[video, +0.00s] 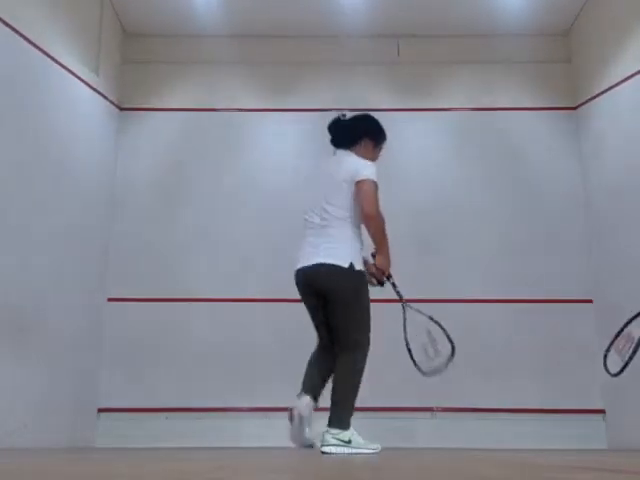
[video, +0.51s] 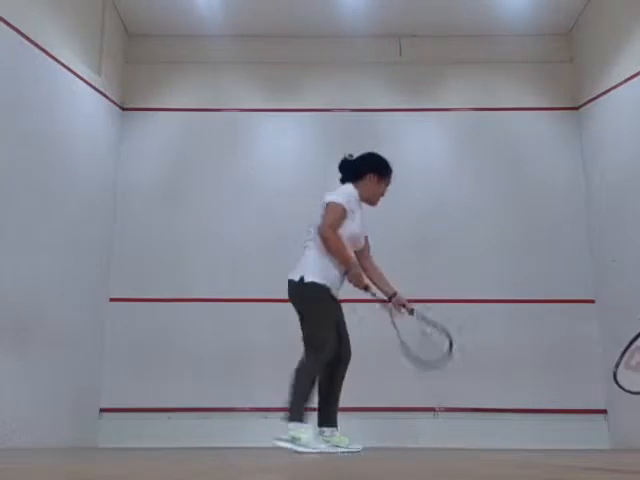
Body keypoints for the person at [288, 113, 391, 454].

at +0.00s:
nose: (377, 155)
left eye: (379, 148)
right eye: (377, 148)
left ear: (348, 143)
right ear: (364, 142)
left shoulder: (326, 168)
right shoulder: (361, 167)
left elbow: (334, 226)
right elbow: (369, 213)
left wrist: (363, 263)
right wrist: (383, 252)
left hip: (307, 270)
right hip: (341, 271)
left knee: (328, 343)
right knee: (354, 348)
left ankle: (305, 400)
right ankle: (338, 431)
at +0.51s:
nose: (383, 193)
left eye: (386, 188)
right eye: (383, 185)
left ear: (370, 182)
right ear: (368, 178)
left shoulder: (357, 215)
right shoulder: (343, 196)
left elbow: (366, 261)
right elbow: (327, 232)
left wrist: (391, 294)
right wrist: (351, 267)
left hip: (324, 289)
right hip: (308, 285)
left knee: (340, 354)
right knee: (320, 349)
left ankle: (327, 429)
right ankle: (295, 423)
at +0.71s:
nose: (376, 197)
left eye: (378, 192)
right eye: (376, 189)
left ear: (363, 185)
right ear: (361, 181)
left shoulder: (349, 221)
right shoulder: (335, 194)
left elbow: (363, 265)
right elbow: (305, 216)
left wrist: (393, 297)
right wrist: (319, 256)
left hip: (320, 294)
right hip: (297, 286)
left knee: (334, 353)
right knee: (291, 354)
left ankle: (326, 432)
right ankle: (271, 430)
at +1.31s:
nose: (361, 191)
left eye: (362, 185)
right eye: (360, 183)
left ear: (341, 178)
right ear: (345, 177)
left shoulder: (327, 201)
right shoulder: (332, 191)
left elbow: (340, 253)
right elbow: (339, 234)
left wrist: (356, 292)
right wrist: (359, 245)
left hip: (311, 290)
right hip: (296, 286)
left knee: (320, 358)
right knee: (293, 356)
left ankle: (322, 431)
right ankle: (269, 430)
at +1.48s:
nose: (358, 178)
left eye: (358, 172)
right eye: (357, 172)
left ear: (328, 174)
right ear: (348, 173)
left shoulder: (317, 201)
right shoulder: (346, 195)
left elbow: (299, 243)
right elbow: (366, 238)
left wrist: (283, 277)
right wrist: (358, 204)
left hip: (298, 287)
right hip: (316, 289)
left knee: (321, 356)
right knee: (323, 356)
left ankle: (322, 430)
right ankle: (278, 419)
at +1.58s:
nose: (357, 176)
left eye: (356, 171)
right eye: (355, 171)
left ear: (324, 174)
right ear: (347, 172)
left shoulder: (310, 203)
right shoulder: (350, 196)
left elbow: (279, 233)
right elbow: (366, 240)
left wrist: (251, 255)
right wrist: (345, 228)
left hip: (301, 290)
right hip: (324, 290)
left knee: (325, 361)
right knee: (336, 358)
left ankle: (323, 429)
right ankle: (300, 418)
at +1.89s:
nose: (347, 163)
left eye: (346, 157)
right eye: (346, 157)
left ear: (313, 159)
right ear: (338, 159)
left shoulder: (293, 190)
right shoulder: (344, 185)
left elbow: (263, 230)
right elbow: (366, 231)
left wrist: (231, 265)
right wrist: (350, 263)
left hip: (289, 281)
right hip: (324, 279)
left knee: (309, 351)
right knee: (338, 355)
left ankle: (300, 426)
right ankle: (324, 431)